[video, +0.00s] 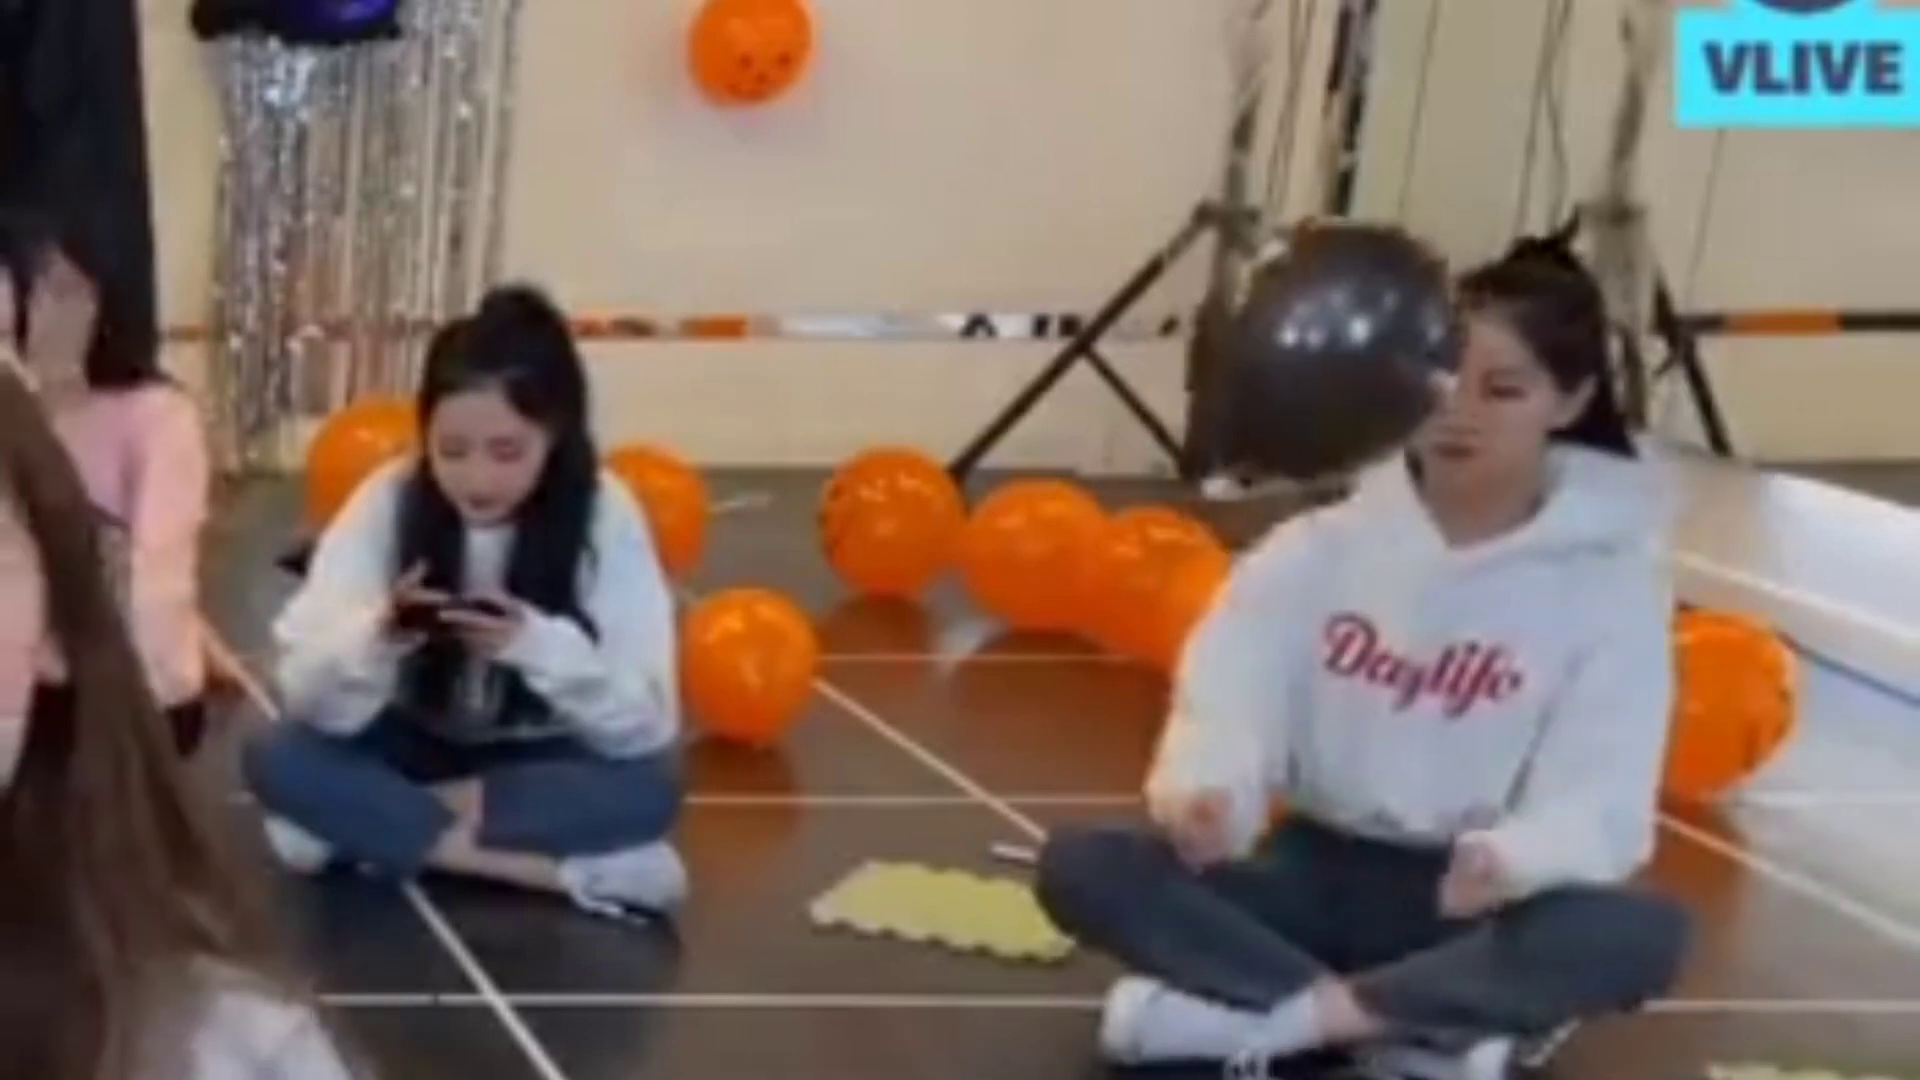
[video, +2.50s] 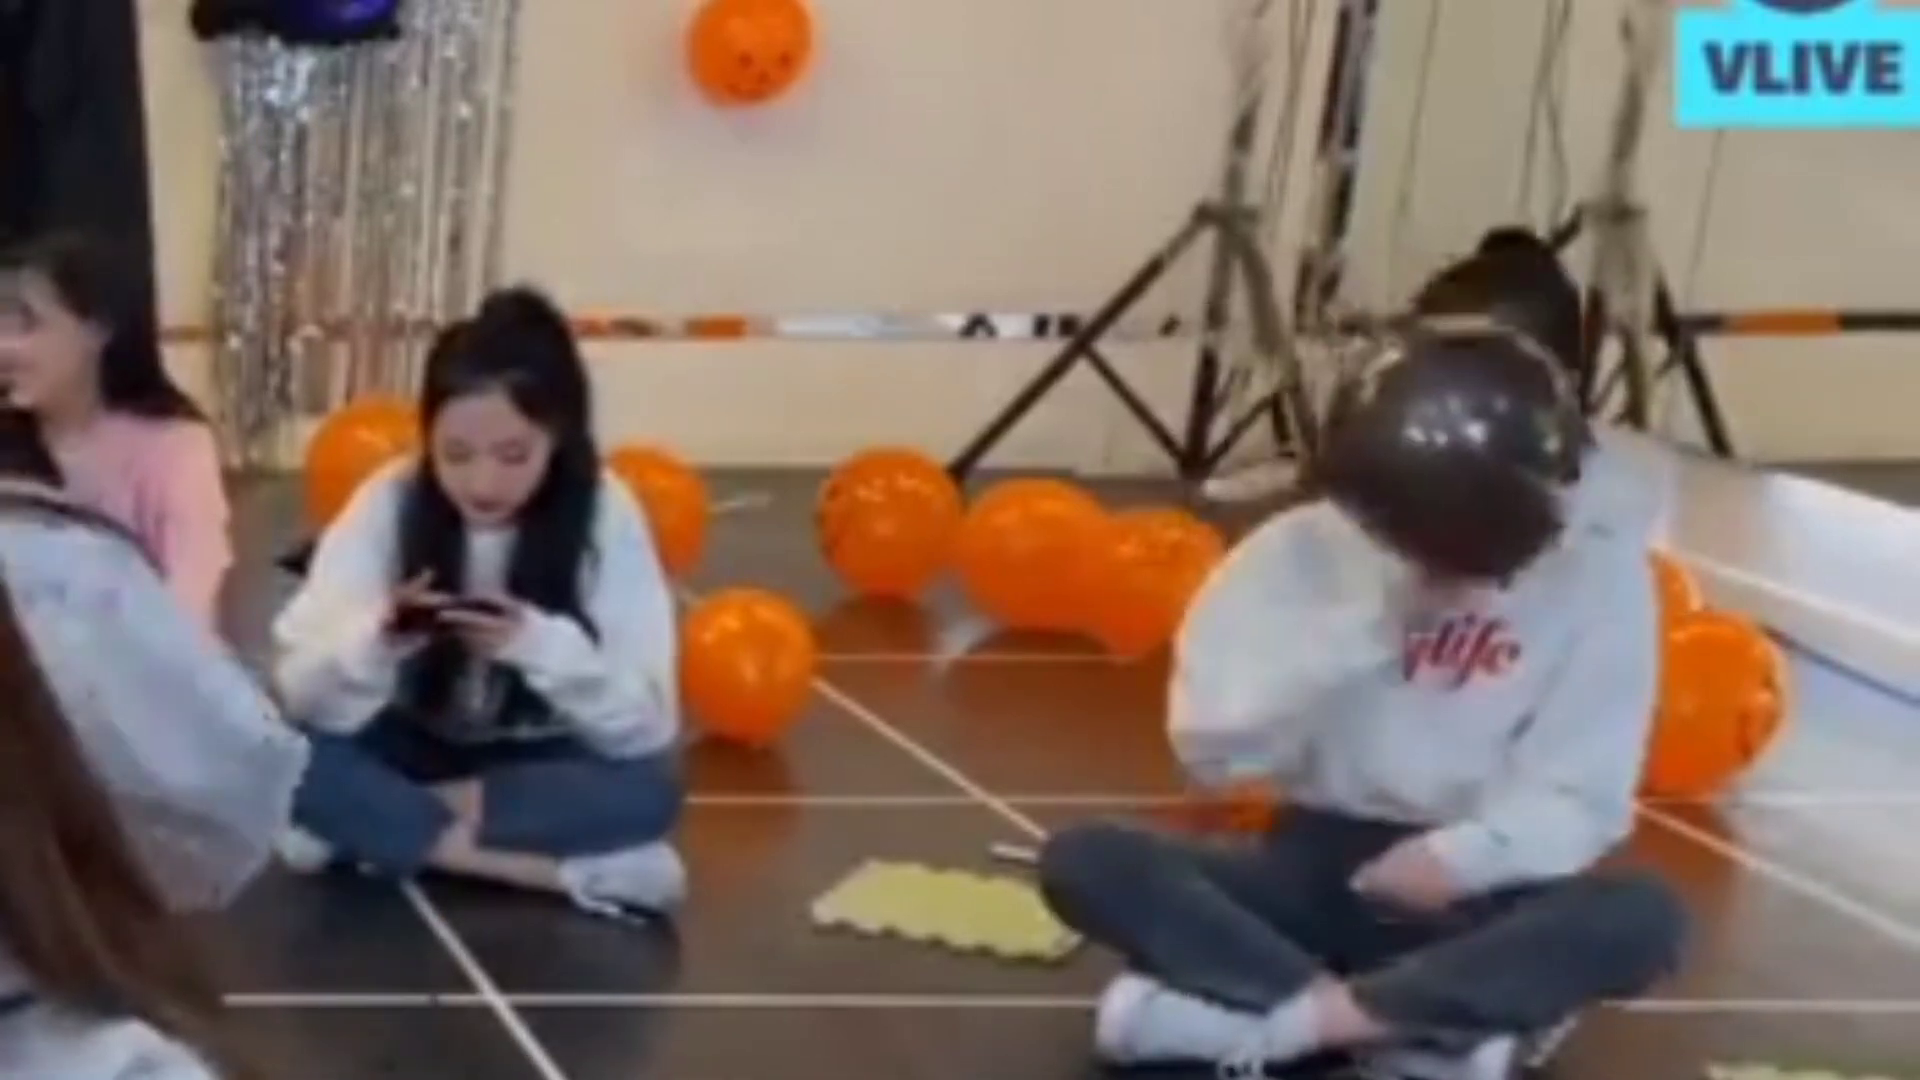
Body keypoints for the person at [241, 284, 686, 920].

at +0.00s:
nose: (477, 481)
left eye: (506, 454)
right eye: (452, 453)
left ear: (557, 440)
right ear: (423, 437)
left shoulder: (603, 515)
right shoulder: (388, 501)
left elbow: (645, 723)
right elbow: (309, 700)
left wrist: (533, 645)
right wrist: (383, 636)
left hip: (544, 745)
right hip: (408, 736)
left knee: (648, 791)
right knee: (275, 757)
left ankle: (367, 837)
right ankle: (548, 876)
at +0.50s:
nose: (479, 482)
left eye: (510, 455)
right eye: (454, 454)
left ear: (558, 441)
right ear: (424, 437)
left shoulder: (603, 515)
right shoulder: (388, 501)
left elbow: (645, 724)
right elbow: (308, 700)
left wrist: (533, 645)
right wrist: (383, 634)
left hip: (545, 745)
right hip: (410, 736)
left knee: (647, 792)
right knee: (276, 759)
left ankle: (366, 838)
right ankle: (548, 877)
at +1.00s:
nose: (479, 483)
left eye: (510, 455)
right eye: (454, 454)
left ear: (558, 440)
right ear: (425, 438)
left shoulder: (603, 515)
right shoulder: (388, 501)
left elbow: (645, 724)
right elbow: (308, 699)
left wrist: (531, 644)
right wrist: (383, 638)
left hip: (545, 743)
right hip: (409, 735)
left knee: (648, 791)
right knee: (275, 757)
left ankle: (367, 837)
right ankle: (550, 877)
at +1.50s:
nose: (480, 484)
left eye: (510, 456)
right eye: (454, 455)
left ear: (558, 440)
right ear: (425, 438)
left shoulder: (603, 515)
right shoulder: (387, 501)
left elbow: (645, 724)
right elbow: (307, 700)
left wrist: (532, 644)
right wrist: (383, 639)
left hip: (545, 743)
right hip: (408, 735)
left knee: (648, 790)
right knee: (277, 759)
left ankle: (366, 837)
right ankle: (549, 877)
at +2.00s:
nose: (481, 483)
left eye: (512, 457)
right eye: (456, 455)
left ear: (559, 442)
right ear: (426, 438)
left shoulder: (603, 514)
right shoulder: (389, 502)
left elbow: (646, 724)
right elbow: (306, 699)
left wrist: (533, 644)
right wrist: (382, 637)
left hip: (544, 744)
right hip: (408, 736)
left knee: (649, 792)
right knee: (279, 758)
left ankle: (364, 838)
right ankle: (549, 877)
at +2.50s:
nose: (483, 485)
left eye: (513, 457)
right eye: (457, 456)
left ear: (558, 442)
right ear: (427, 440)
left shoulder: (605, 515)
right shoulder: (390, 502)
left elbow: (646, 725)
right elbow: (304, 699)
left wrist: (535, 646)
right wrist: (382, 641)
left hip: (543, 744)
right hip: (407, 736)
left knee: (647, 793)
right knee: (296, 768)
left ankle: (375, 835)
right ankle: (550, 877)